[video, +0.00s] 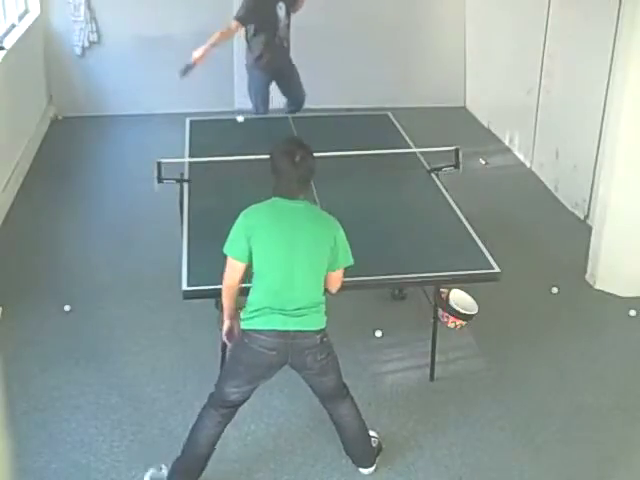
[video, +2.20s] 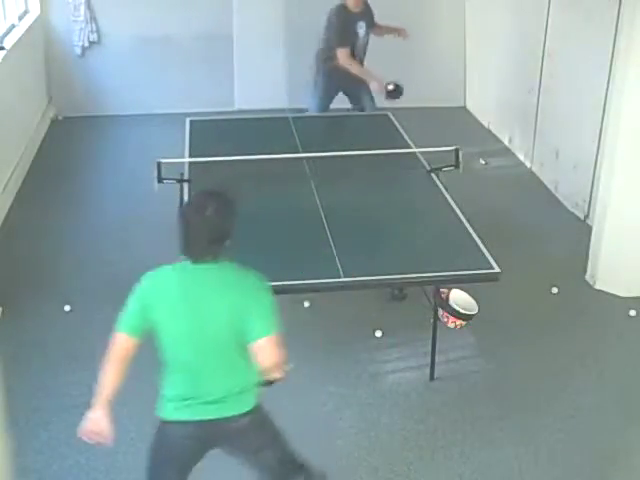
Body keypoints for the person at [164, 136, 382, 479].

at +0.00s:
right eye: (309, 168)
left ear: (274, 172)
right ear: (311, 174)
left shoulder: (252, 217)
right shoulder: (328, 224)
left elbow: (231, 279)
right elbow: (334, 284)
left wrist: (228, 318)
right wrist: (307, 258)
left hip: (259, 339)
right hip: (311, 339)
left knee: (220, 407)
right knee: (337, 398)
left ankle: (179, 475)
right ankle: (365, 457)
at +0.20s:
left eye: (261, 187)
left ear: (255, 193)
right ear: (290, 198)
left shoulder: (231, 227)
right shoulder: (306, 238)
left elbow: (201, 287)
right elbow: (312, 303)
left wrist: (209, 315)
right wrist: (278, 294)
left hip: (240, 356)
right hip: (292, 353)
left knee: (199, 417)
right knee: (324, 405)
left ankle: (187, 476)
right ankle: (365, 458)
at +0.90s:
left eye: (221, 186)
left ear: (221, 192)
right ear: (258, 188)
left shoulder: (226, 241)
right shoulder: (277, 227)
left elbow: (227, 310)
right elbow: (291, 249)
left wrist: (208, 370)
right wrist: (302, 249)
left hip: (262, 359)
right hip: (304, 345)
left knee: (208, 416)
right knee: (324, 390)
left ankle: (187, 475)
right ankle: (365, 449)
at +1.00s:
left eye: (217, 195)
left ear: (216, 201)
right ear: (251, 198)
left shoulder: (213, 251)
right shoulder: (278, 236)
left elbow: (202, 321)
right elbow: (304, 286)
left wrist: (167, 376)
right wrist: (313, 267)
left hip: (255, 365)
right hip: (300, 353)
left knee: (200, 409)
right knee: (323, 391)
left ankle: (184, 475)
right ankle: (365, 448)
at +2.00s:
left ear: (225, 207)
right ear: (264, 204)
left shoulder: (211, 266)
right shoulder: (295, 245)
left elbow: (202, 345)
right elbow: (340, 293)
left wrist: (184, 412)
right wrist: (310, 323)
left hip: (234, 399)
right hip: (292, 395)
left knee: (196, 461)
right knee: (318, 449)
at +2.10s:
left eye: (216, 216)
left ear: (212, 223)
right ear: (251, 222)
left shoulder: (191, 282)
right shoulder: (284, 267)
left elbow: (167, 356)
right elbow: (320, 322)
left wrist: (141, 421)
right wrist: (293, 351)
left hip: (219, 414)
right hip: (280, 407)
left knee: (183, 473)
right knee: (312, 452)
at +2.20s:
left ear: (185, 231)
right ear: (228, 234)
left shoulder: (153, 284)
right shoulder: (250, 284)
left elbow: (120, 348)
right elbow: (270, 361)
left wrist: (100, 407)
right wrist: (274, 373)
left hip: (180, 425)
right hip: (241, 420)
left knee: (161, 473)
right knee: (292, 472)